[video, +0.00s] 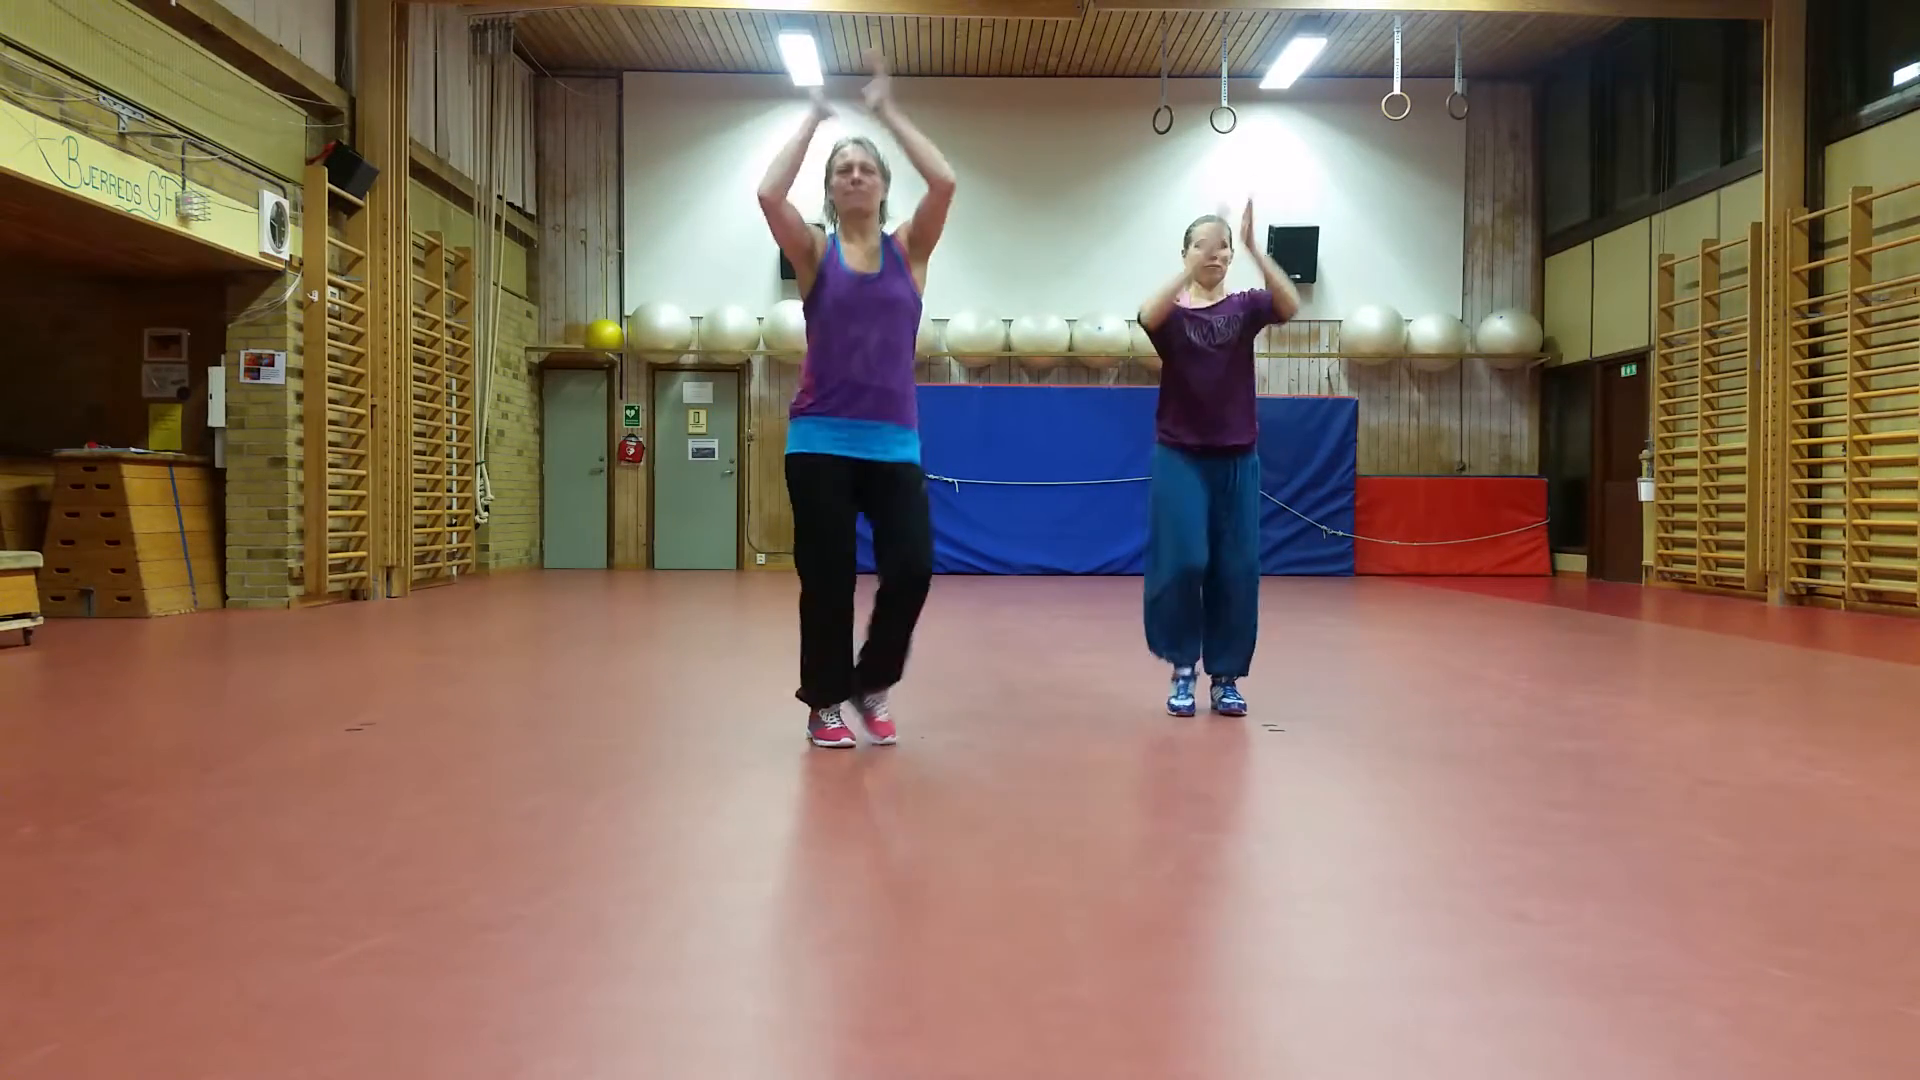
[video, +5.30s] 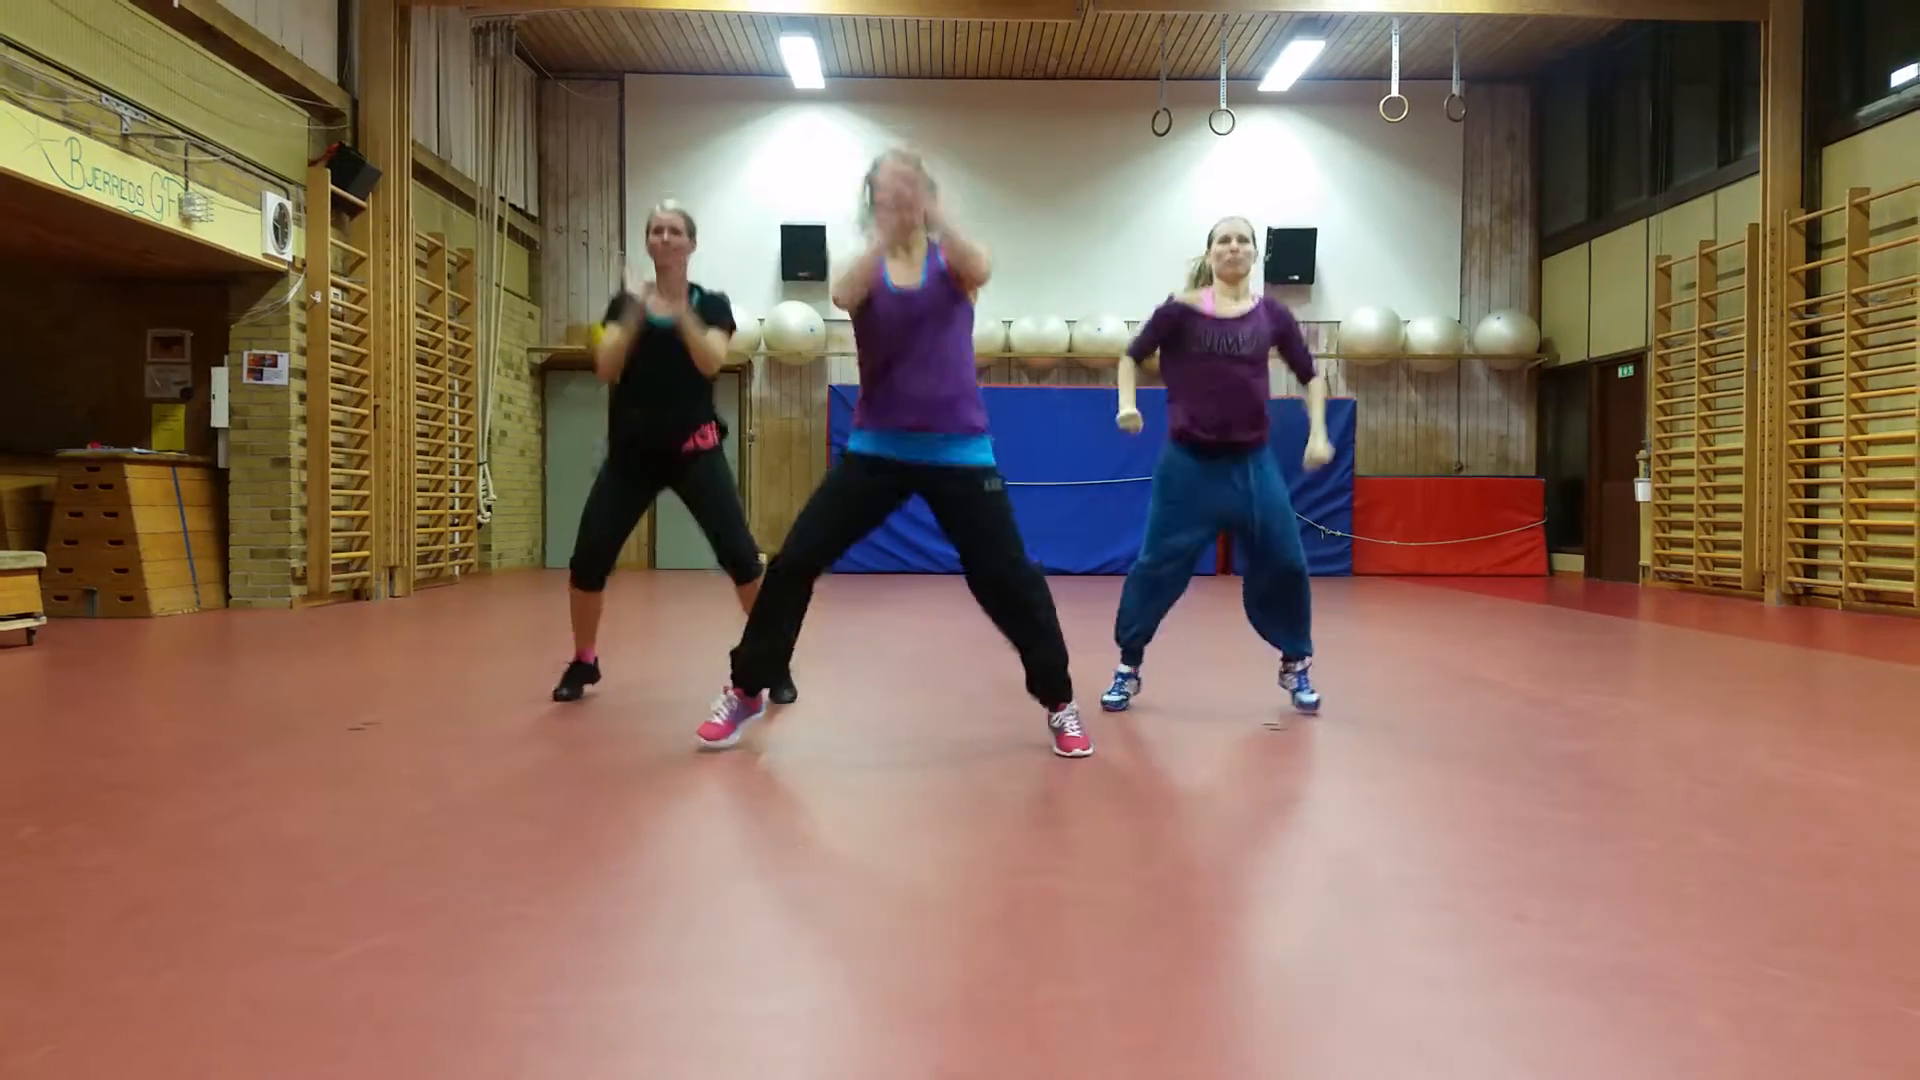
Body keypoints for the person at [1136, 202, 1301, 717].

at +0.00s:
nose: (1215, 256)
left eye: (1223, 249)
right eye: (1206, 248)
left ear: (1230, 257)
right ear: (1187, 255)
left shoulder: (1245, 304)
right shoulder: (1170, 309)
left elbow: (1289, 306)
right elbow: (1148, 319)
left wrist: (1254, 250)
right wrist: (1185, 274)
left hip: (1237, 453)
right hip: (1179, 452)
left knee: (1237, 565)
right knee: (1186, 561)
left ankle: (1226, 677)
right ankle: (1183, 669)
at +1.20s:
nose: (1208, 246)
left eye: (1216, 239)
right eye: (1199, 238)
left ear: (1226, 249)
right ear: (1181, 247)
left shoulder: (1238, 303)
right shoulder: (1166, 308)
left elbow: (1281, 241)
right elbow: (1154, 268)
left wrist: (1236, 180)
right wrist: (1184, 203)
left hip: (1237, 460)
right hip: (1180, 459)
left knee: (1256, 560)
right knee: (1172, 569)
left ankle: (1223, 665)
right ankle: (1170, 674)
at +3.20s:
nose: (1233, 234)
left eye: (1240, 229)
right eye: (1222, 229)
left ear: (1252, 243)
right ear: (1206, 242)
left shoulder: (1265, 295)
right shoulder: (1192, 300)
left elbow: (1307, 224)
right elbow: (1161, 249)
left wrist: (1266, 165)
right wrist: (1199, 184)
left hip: (1260, 449)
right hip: (1201, 448)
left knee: (1268, 560)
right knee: (1192, 552)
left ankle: (1264, 669)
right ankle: (1196, 658)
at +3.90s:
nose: (1227, 246)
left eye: (1236, 239)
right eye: (1217, 239)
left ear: (1248, 252)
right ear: (1203, 253)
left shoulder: (1264, 302)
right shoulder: (1187, 307)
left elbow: (1326, 277)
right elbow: (1156, 306)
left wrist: (1275, 236)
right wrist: (1193, 247)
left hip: (1263, 455)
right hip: (1203, 457)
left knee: (1272, 565)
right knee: (1204, 558)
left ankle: (1264, 674)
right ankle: (1214, 660)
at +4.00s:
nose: (1225, 228)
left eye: (1234, 222)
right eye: (1215, 222)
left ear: (1246, 235)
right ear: (1198, 236)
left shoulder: (1262, 287)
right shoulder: (1178, 294)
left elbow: (1329, 324)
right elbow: (1142, 351)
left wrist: (1285, 291)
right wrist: (1182, 303)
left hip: (1257, 439)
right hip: (1197, 440)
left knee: (1263, 556)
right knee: (1194, 553)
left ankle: (1260, 673)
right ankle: (1184, 659)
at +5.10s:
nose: (1238, 240)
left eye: (1246, 233)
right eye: (1228, 234)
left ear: (1260, 247)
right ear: (1213, 249)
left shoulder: (1283, 304)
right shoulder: (1188, 311)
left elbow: (1331, 368)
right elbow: (1145, 375)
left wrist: (1328, 354)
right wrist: (1157, 336)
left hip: (1267, 461)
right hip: (1203, 459)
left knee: (1274, 570)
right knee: (1168, 557)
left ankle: (1280, 681)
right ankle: (1146, 668)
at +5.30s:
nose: (1234, 248)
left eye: (1242, 241)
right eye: (1224, 241)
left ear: (1256, 254)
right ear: (1208, 254)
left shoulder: (1272, 314)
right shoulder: (1180, 308)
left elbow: (1309, 374)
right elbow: (1131, 356)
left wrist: (1318, 435)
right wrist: (1127, 405)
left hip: (1253, 461)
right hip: (1187, 461)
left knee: (1288, 562)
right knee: (1158, 563)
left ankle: (1295, 666)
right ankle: (1128, 668)